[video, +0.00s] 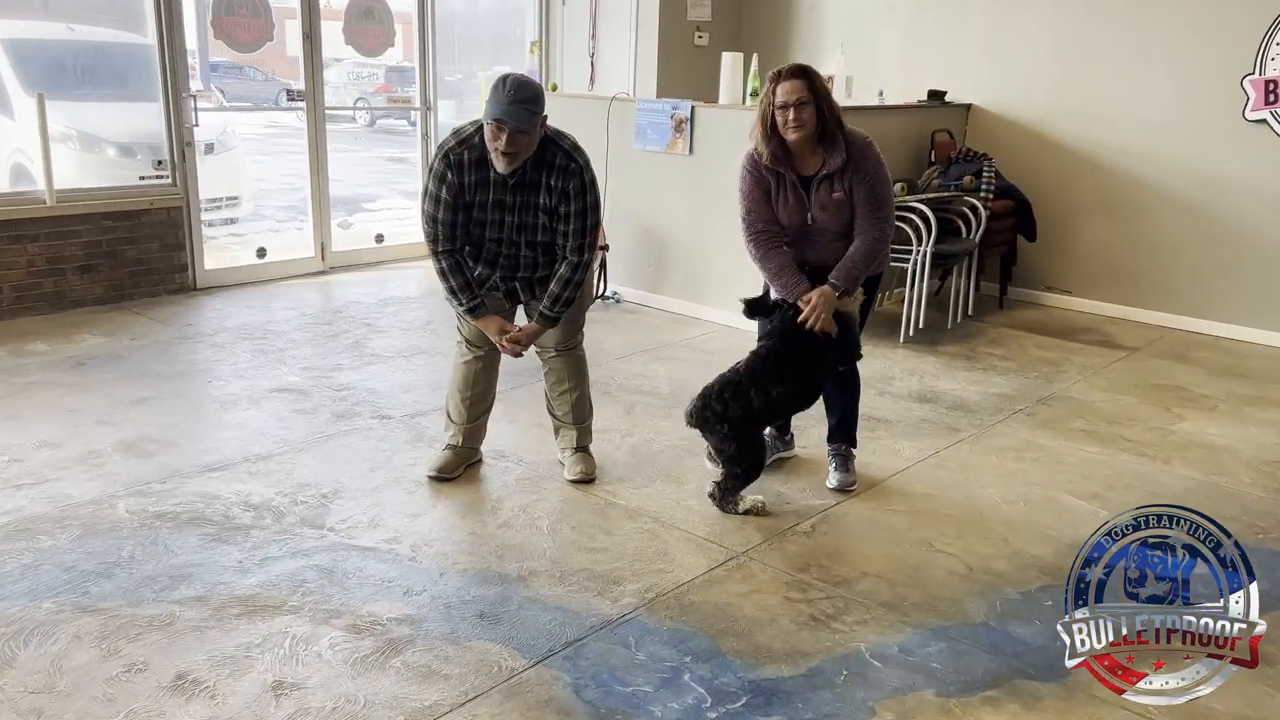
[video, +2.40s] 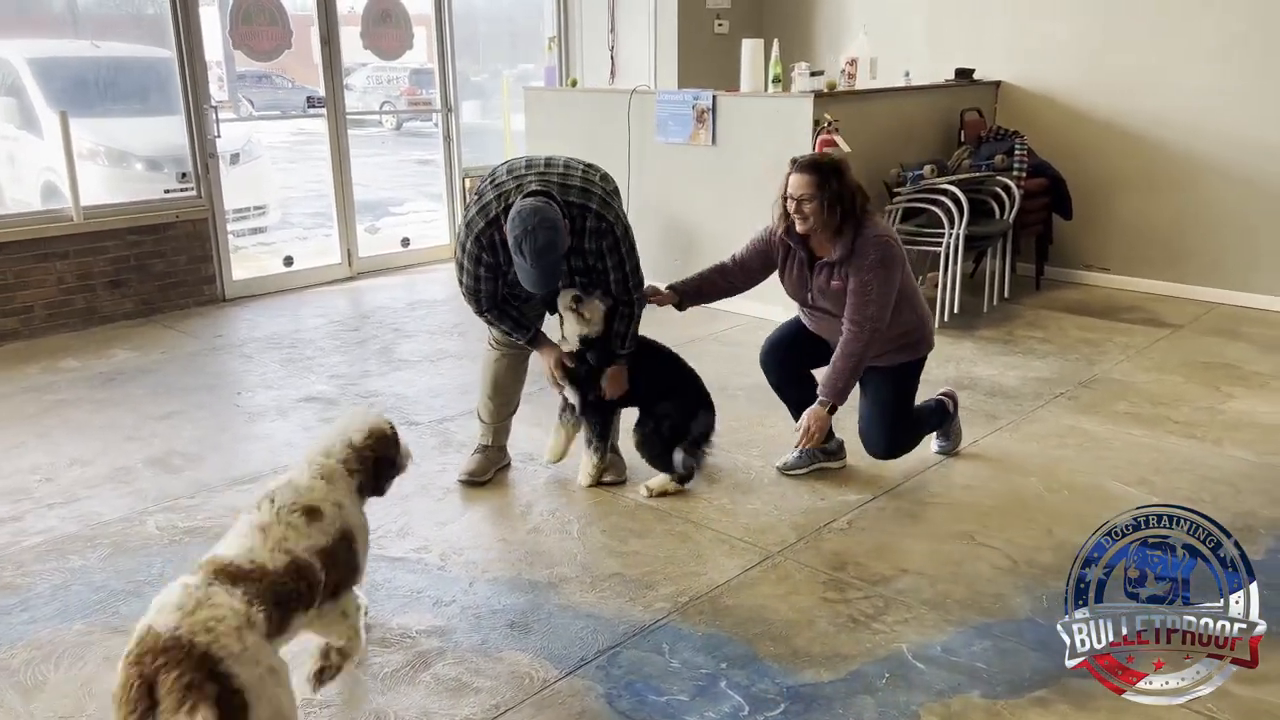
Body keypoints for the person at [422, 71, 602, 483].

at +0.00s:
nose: (505, 141)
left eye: (519, 132)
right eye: (497, 127)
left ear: (541, 127)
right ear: (485, 118)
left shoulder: (569, 165)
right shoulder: (455, 157)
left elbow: (577, 255)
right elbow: (442, 246)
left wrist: (541, 322)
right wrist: (481, 313)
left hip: (553, 269)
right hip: (485, 266)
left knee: (561, 349)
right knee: (473, 348)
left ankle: (574, 447)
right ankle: (462, 444)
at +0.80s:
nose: (556, 135)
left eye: (564, 127)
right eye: (549, 125)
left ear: (577, 105)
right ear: (523, 101)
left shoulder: (587, 132)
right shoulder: (470, 125)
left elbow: (599, 215)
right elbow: (453, 219)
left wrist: (564, 284)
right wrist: (495, 288)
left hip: (558, 264)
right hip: (485, 262)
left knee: (568, 349)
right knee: (478, 350)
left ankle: (581, 442)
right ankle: (466, 441)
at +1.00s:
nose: (573, 150)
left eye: (582, 144)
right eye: (566, 141)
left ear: (597, 117)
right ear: (543, 115)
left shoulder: (606, 135)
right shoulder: (488, 131)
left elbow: (627, 199)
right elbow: (468, 223)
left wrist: (613, 259)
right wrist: (503, 296)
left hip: (568, 258)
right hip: (496, 256)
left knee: (579, 345)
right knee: (490, 349)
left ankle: (592, 440)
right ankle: (478, 439)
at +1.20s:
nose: (591, 182)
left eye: (600, 176)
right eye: (584, 174)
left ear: (618, 147)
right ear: (563, 148)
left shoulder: (628, 154)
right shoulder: (511, 152)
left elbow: (651, 213)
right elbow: (491, 245)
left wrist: (672, 281)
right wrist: (522, 320)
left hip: (582, 256)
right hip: (511, 253)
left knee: (592, 345)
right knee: (502, 345)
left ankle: (605, 440)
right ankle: (492, 440)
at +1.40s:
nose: (602, 229)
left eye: (611, 226)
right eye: (592, 219)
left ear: (629, 185)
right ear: (572, 188)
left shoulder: (643, 173)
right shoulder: (529, 192)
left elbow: (658, 227)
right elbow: (523, 282)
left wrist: (660, 294)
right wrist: (575, 339)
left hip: (596, 240)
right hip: (516, 242)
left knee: (604, 334)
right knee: (519, 334)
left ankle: (615, 438)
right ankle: (503, 440)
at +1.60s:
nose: (590, 259)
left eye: (601, 253)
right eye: (580, 246)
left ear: (619, 209)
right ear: (562, 212)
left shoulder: (641, 196)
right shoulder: (524, 209)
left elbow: (658, 269)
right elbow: (514, 291)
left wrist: (645, 338)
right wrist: (568, 338)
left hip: (605, 252)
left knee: (607, 339)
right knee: (521, 338)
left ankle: (615, 440)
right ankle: (506, 445)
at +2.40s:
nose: (548, 286)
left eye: (554, 273)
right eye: (534, 279)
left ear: (566, 230)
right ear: (506, 234)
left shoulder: (600, 213)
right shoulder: (480, 225)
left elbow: (628, 290)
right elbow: (484, 301)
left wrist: (619, 361)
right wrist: (542, 346)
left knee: (600, 338)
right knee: (505, 340)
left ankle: (604, 448)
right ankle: (491, 447)